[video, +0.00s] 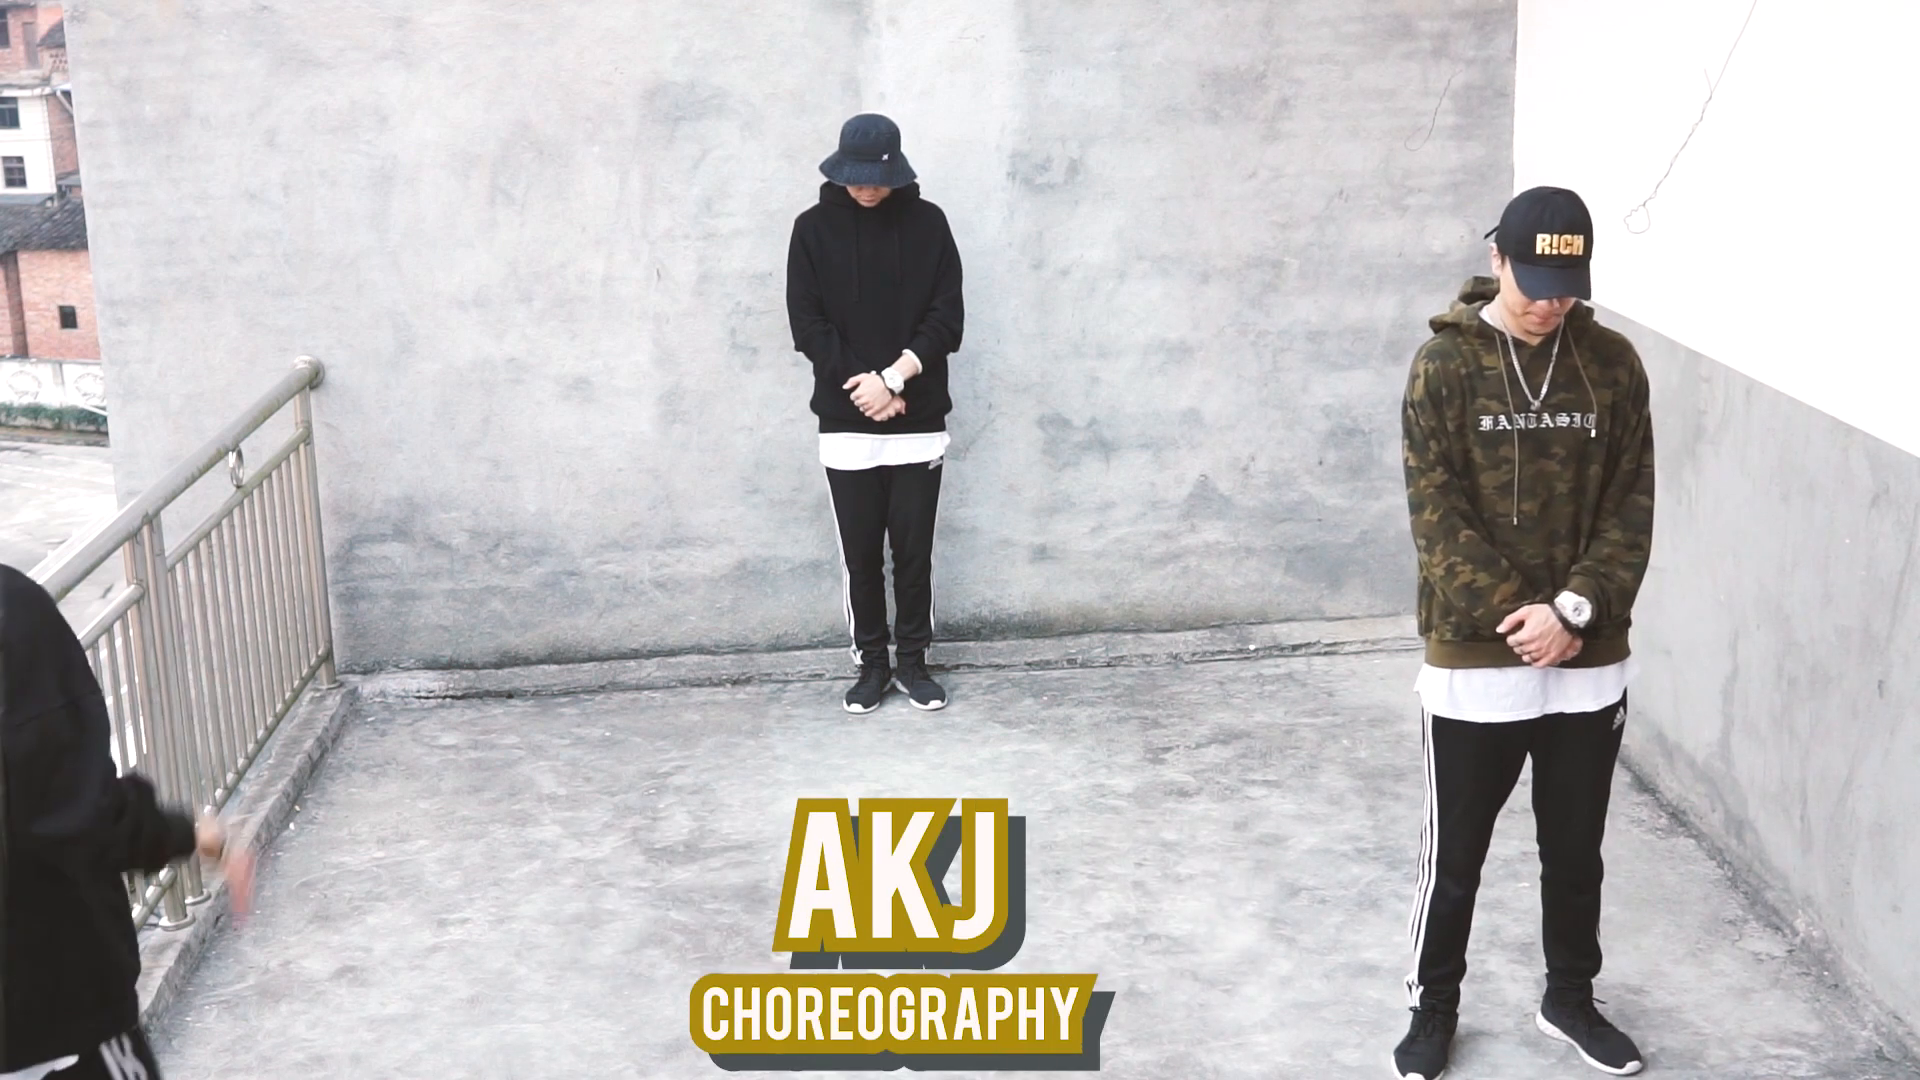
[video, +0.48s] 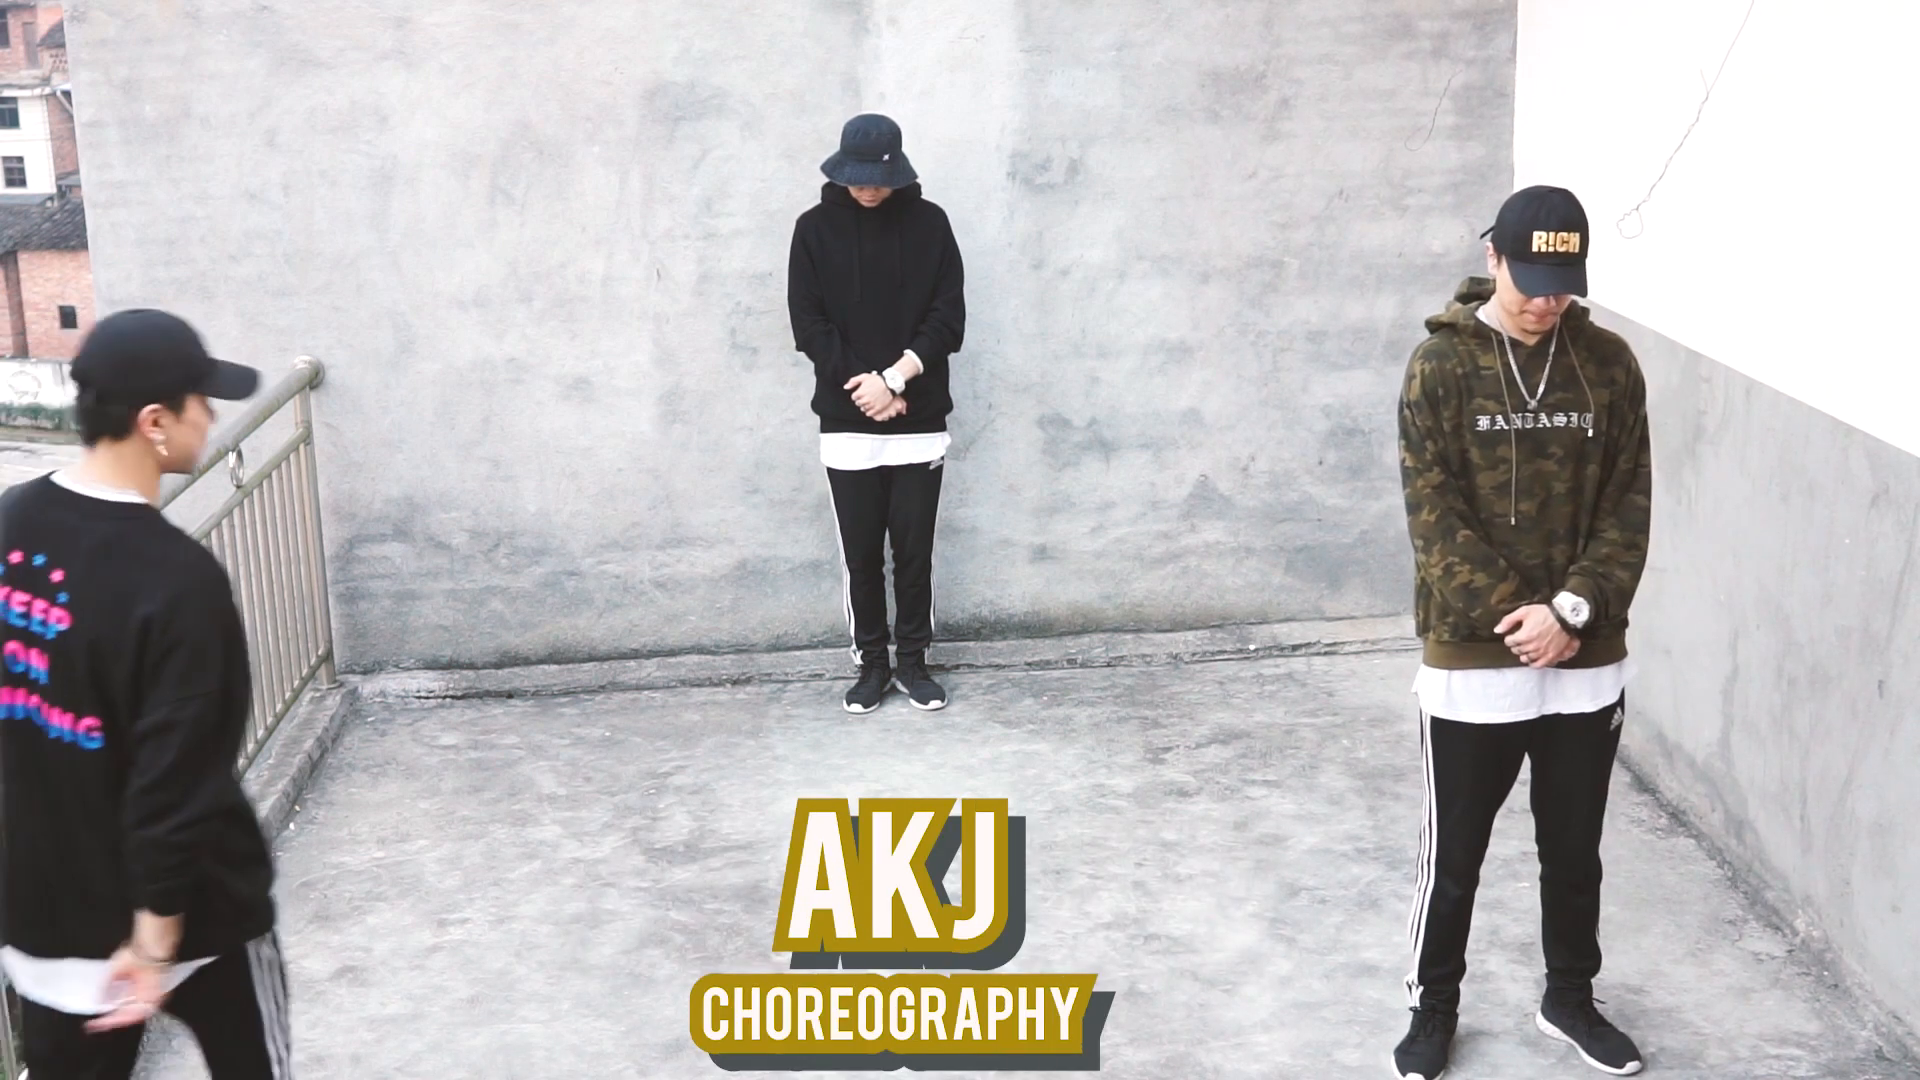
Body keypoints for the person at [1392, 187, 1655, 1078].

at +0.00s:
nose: (1554, 304)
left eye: (1570, 287)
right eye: (1538, 285)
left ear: (1589, 273)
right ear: (1499, 260)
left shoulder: (1615, 364)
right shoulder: (1446, 361)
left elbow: (1632, 507)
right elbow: (1435, 513)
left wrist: (1577, 608)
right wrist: (1524, 620)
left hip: (1588, 658)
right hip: (1473, 659)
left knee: (1577, 848)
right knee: (1455, 851)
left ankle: (1571, 997)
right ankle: (1434, 1004)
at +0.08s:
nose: (1552, 304)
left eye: (1568, 287)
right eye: (1537, 285)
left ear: (1588, 272)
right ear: (1498, 259)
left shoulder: (1614, 363)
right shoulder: (1444, 361)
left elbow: (1631, 507)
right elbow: (1434, 512)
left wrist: (1577, 609)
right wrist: (1523, 619)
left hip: (1587, 658)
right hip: (1472, 660)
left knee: (1576, 849)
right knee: (1455, 852)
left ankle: (1571, 997)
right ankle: (1434, 1004)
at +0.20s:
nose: (1553, 303)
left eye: (1568, 286)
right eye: (1537, 284)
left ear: (1586, 272)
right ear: (1497, 260)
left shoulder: (1612, 364)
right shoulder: (1443, 360)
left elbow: (1630, 507)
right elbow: (1433, 513)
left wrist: (1576, 608)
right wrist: (1523, 620)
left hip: (1586, 658)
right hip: (1472, 660)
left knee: (1575, 848)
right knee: (1454, 852)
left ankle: (1570, 997)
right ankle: (1433, 1006)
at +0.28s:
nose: (1552, 303)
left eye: (1567, 286)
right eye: (1536, 284)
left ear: (1586, 272)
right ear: (1496, 259)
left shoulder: (1612, 364)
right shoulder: (1443, 361)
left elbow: (1630, 507)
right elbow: (1433, 514)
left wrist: (1575, 608)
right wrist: (1523, 620)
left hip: (1586, 659)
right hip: (1472, 661)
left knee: (1575, 850)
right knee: (1454, 854)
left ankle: (1571, 998)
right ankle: (1433, 1007)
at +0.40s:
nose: (1552, 301)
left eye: (1566, 285)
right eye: (1535, 283)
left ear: (1585, 272)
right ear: (1495, 260)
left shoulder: (1611, 363)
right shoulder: (1442, 361)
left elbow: (1629, 507)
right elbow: (1433, 514)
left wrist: (1575, 610)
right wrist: (1522, 620)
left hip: (1586, 659)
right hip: (1472, 661)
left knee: (1575, 849)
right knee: (1453, 853)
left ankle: (1571, 998)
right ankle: (1433, 1007)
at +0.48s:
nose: (1550, 301)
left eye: (1565, 285)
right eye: (1534, 282)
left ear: (1585, 272)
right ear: (1495, 259)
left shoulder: (1611, 363)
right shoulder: (1442, 361)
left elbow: (1629, 507)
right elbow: (1433, 514)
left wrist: (1575, 610)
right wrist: (1522, 620)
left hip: (1586, 659)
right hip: (1472, 661)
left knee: (1575, 849)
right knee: (1453, 853)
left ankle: (1570, 998)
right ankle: (1433, 1007)